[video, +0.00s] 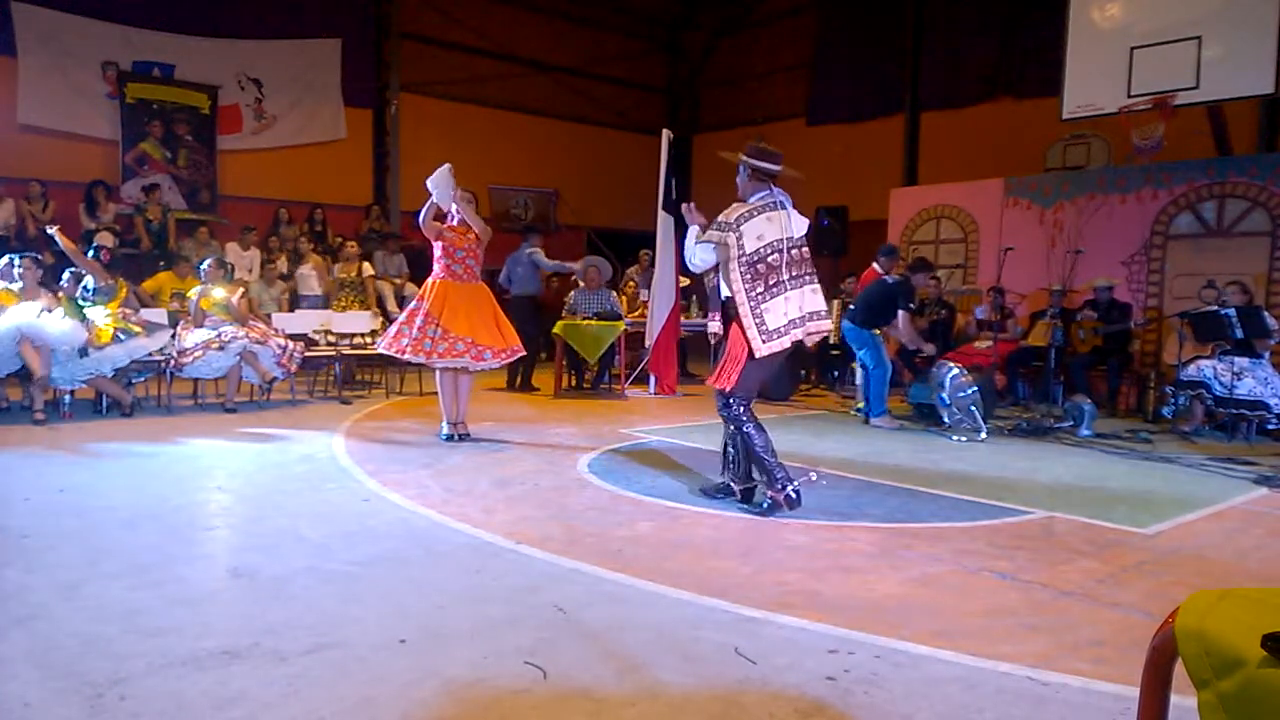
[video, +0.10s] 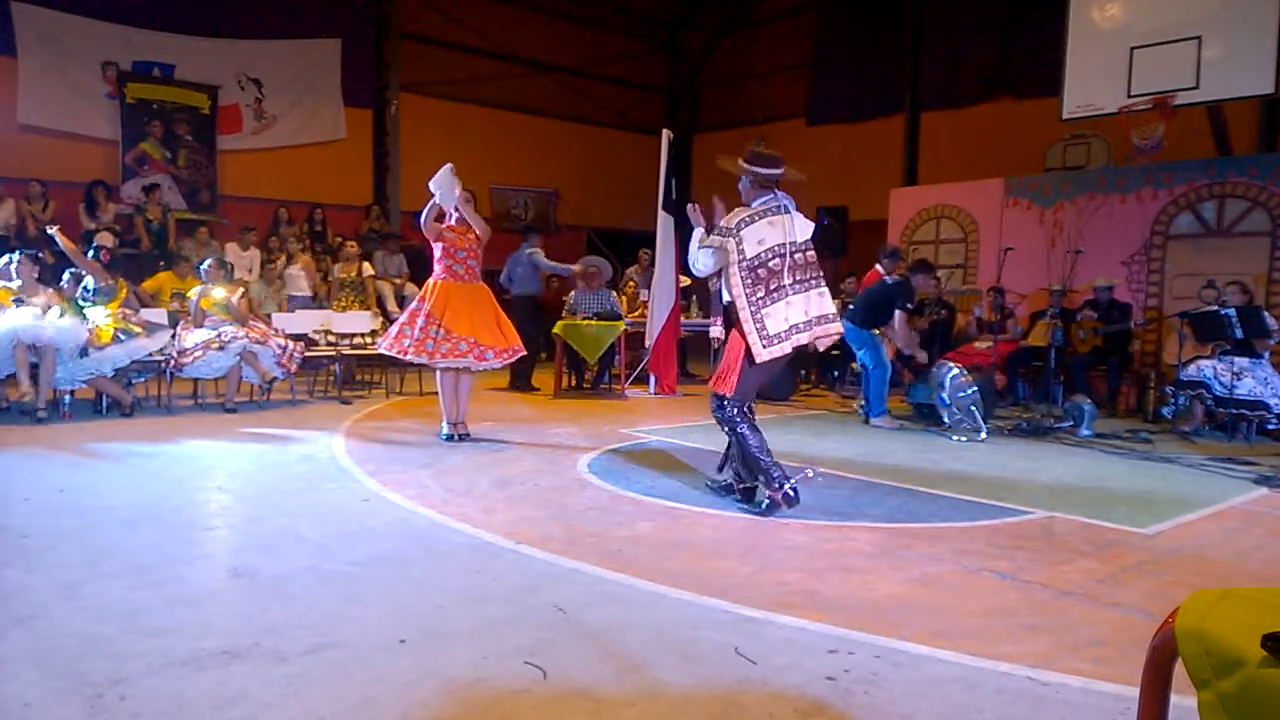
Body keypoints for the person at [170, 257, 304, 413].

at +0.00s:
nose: (204, 272)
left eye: (209, 269)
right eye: (204, 269)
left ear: (222, 272)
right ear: (202, 272)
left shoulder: (237, 290)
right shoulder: (198, 292)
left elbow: (244, 320)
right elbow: (197, 323)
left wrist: (230, 303)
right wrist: (199, 299)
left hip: (232, 328)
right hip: (207, 329)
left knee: (236, 355)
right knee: (237, 341)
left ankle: (229, 399)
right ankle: (264, 374)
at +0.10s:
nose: (205, 273)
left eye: (210, 269)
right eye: (204, 269)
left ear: (222, 272)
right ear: (202, 272)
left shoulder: (237, 291)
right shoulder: (198, 292)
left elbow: (244, 320)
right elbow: (197, 323)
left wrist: (230, 303)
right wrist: (199, 299)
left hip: (232, 328)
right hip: (207, 329)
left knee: (236, 355)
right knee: (237, 341)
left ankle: (229, 399)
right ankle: (264, 374)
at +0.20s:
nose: (206, 272)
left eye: (211, 268)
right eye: (205, 268)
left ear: (223, 272)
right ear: (202, 272)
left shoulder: (237, 290)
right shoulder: (198, 293)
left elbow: (244, 320)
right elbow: (197, 323)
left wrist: (230, 303)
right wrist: (199, 299)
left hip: (232, 328)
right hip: (207, 329)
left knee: (236, 355)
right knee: (237, 341)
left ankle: (229, 400)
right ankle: (264, 374)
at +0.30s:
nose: (209, 271)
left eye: (213, 268)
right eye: (207, 268)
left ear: (224, 271)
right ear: (203, 272)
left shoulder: (237, 290)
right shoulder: (199, 293)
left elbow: (244, 320)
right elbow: (197, 323)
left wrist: (231, 304)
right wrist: (200, 301)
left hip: (233, 327)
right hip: (208, 328)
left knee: (236, 356)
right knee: (237, 340)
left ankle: (229, 400)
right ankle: (263, 374)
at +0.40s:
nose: (209, 271)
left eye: (214, 268)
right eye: (207, 268)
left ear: (225, 272)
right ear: (204, 272)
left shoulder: (237, 290)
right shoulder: (199, 292)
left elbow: (244, 320)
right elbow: (197, 323)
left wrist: (231, 304)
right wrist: (200, 301)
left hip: (233, 327)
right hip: (208, 328)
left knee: (236, 355)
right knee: (237, 340)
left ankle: (229, 400)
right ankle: (263, 374)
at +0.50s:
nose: (210, 271)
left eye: (215, 268)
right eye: (208, 268)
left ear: (225, 272)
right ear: (204, 272)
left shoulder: (236, 291)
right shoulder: (198, 292)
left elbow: (244, 320)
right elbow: (196, 323)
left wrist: (231, 304)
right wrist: (200, 300)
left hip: (232, 328)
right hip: (207, 328)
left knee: (237, 354)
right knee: (236, 339)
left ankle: (230, 400)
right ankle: (263, 374)